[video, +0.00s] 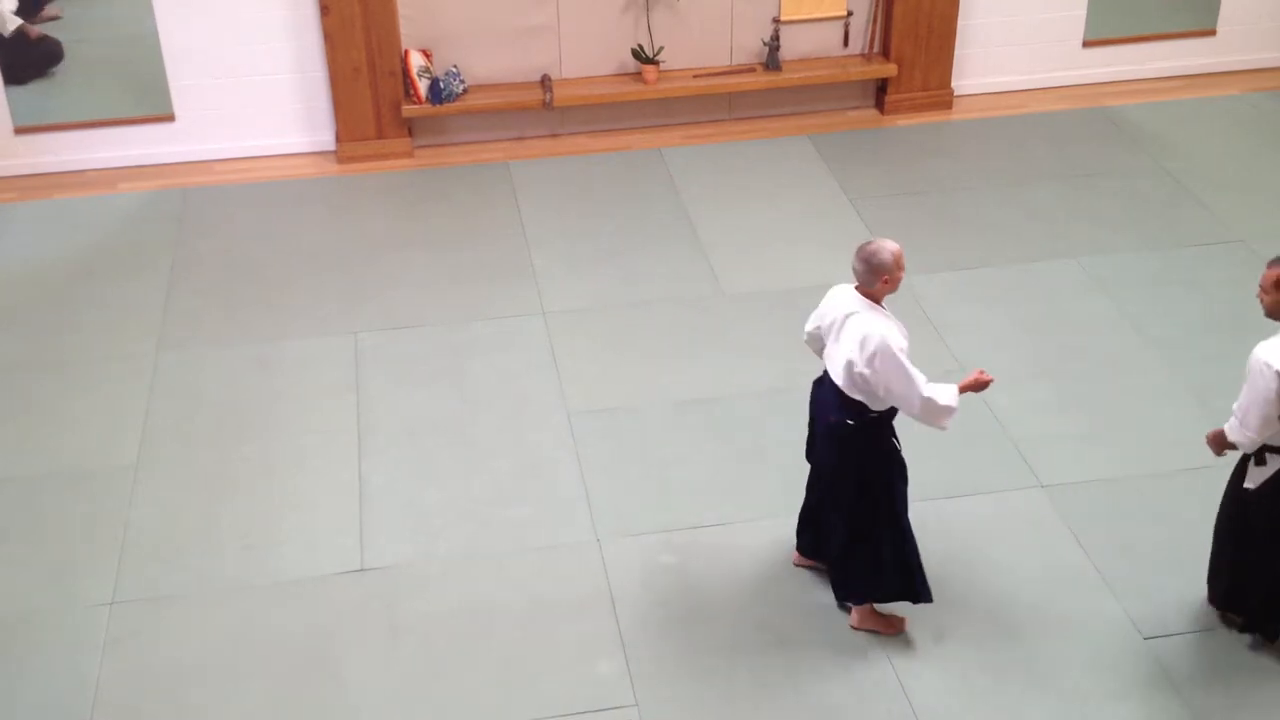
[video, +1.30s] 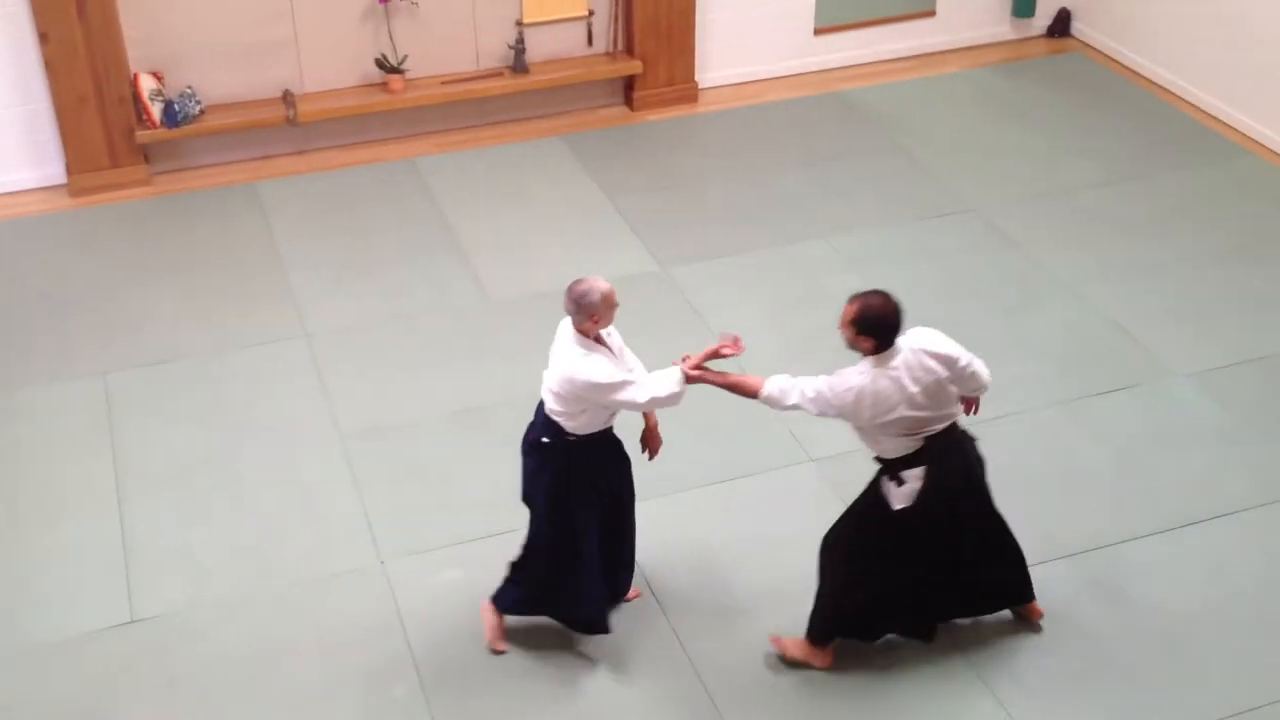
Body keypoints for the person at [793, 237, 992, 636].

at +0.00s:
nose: (904, 272)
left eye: (902, 266)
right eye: (901, 268)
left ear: (862, 272)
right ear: (887, 281)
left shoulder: (839, 294)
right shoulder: (881, 337)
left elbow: (813, 333)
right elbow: (914, 396)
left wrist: (841, 362)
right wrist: (960, 388)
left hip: (825, 403)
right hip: (858, 430)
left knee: (825, 481)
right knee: (870, 510)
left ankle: (810, 549)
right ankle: (862, 608)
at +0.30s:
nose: (937, 290)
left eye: (936, 284)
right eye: (936, 287)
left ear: (894, 286)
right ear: (928, 298)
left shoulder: (863, 313)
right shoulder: (923, 355)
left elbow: (823, 354)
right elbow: (971, 407)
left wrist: (855, 373)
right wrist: (1006, 385)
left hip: (838, 416)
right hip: (879, 441)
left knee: (827, 489)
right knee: (879, 521)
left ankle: (809, 559)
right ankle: (869, 611)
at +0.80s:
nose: (927, 301)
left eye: (926, 295)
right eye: (926, 298)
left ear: (883, 295)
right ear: (919, 308)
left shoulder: (855, 319)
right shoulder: (913, 365)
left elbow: (820, 354)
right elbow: (971, 399)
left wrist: (850, 378)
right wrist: (1026, 381)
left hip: (831, 421)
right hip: (872, 446)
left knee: (828, 508)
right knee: (884, 526)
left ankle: (816, 586)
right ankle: (885, 616)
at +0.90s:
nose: (844, 299)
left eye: (841, 292)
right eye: (841, 293)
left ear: (808, 290)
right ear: (834, 299)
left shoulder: (776, 313)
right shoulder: (826, 353)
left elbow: (755, 342)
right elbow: (881, 386)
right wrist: (942, 370)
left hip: (752, 417)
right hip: (785, 437)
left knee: (758, 507)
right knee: (798, 517)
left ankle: (750, 580)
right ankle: (793, 609)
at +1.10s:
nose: (935, 303)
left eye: (941, 302)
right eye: (938, 297)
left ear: (964, 316)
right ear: (978, 311)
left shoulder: (955, 367)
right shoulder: (1012, 320)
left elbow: (877, 389)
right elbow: (1041, 345)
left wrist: (807, 379)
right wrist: (1019, 388)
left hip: (992, 460)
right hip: (1034, 438)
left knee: (915, 514)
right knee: (1036, 527)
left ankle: (954, 586)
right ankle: (1048, 605)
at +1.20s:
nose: (895, 312)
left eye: (901, 311)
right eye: (899, 306)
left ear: (920, 327)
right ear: (944, 317)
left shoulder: (909, 375)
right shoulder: (977, 333)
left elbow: (833, 385)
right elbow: (1015, 366)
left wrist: (761, 378)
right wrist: (981, 390)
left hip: (958, 470)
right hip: (1005, 447)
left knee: (879, 526)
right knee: (1016, 530)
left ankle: (869, 619)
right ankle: (1041, 608)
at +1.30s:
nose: (841, 327)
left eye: (847, 324)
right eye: (845, 321)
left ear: (866, 340)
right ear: (887, 329)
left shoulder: (853, 387)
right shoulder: (926, 343)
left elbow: (779, 392)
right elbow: (977, 375)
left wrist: (711, 377)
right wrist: (969, 397)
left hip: (908, 481)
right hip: (958, 457)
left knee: (839, 546)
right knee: (986, 529)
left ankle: (818, 646)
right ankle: (1027, 604)